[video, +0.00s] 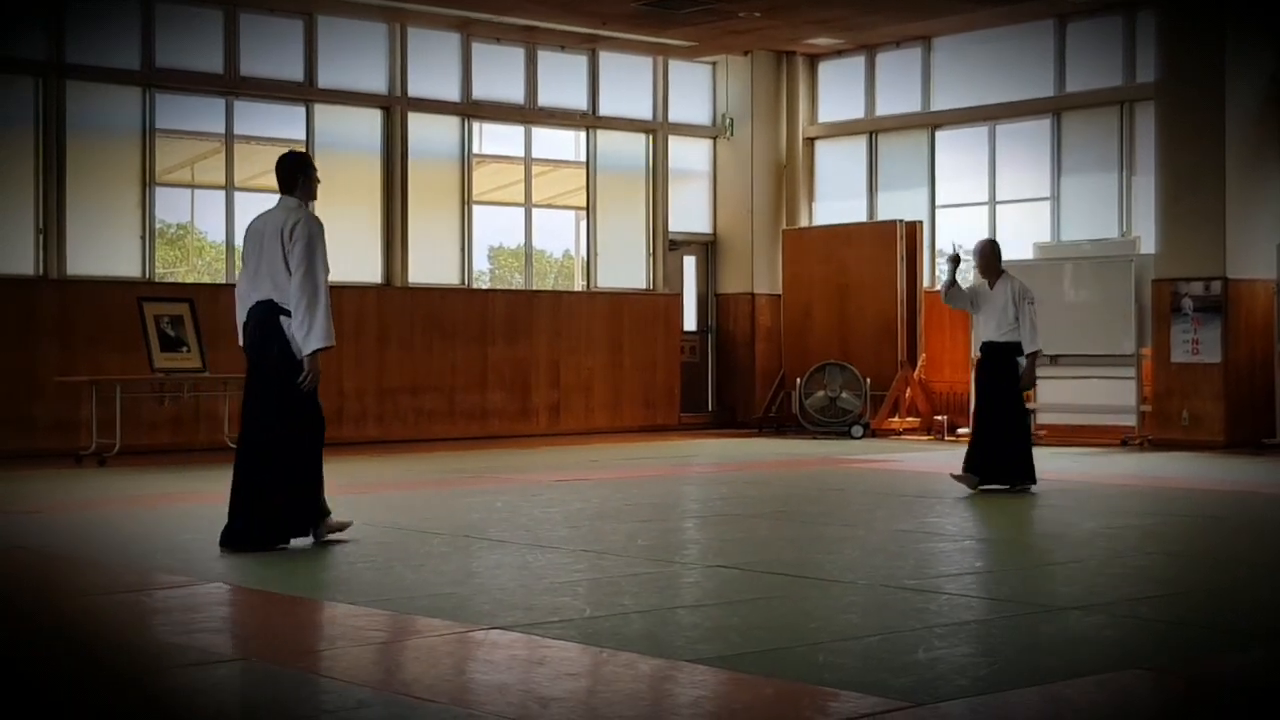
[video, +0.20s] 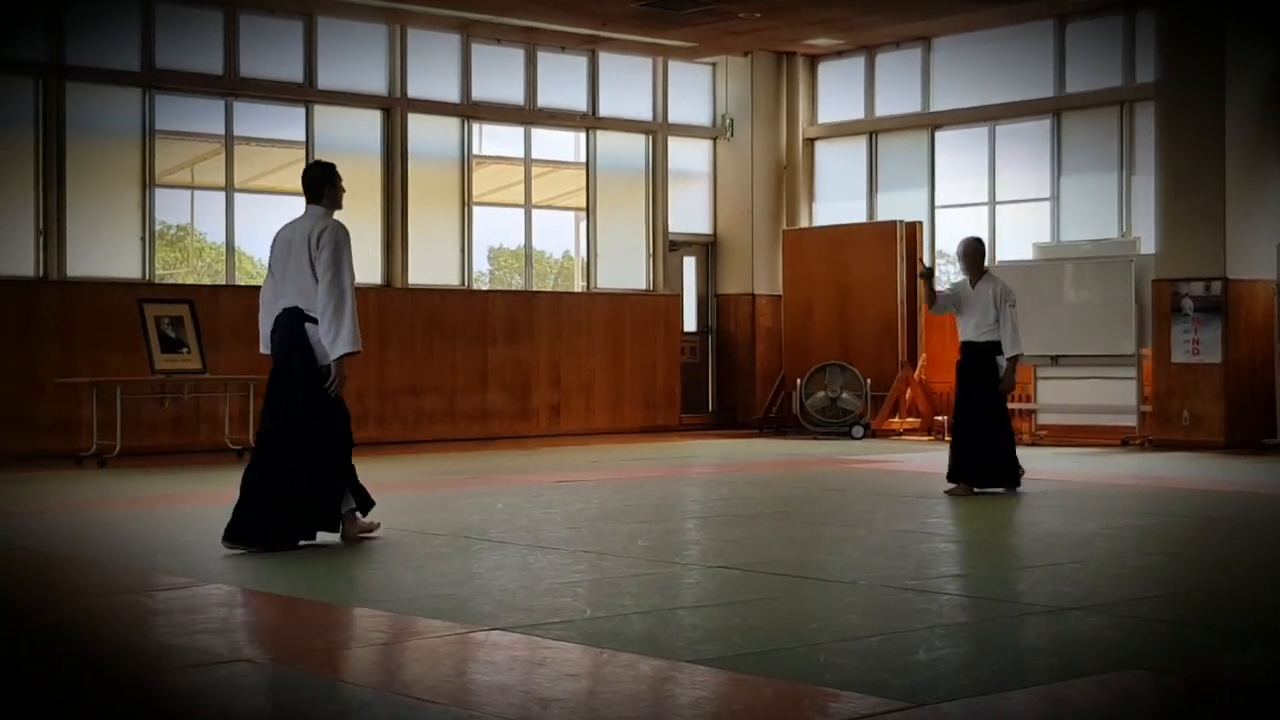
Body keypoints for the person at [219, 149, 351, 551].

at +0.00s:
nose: (318, 183)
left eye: (316, 176)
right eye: (314, 177)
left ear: (282, 181)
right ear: (303, 180)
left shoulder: (257, 224)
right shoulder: (305, 223)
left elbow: (246, 285)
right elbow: (305, 289)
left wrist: (246, 336)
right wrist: (311, 347)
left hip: (258, 328)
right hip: (286, 329)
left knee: (306, 422)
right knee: (268, 427)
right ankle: (249, 529)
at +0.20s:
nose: (344, 191)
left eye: (341, 185)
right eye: (339, 185)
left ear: (308, 191)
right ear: (328, 190)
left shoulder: (284, 232)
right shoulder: (331, 231)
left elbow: (270, 290)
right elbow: (334, 293)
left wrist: (269, 341)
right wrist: (338, 353)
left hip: (283, 338)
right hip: (312, 338)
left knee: (330, 427)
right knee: (285, 432)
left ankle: (349, 516)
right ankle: (254, 525)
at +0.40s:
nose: (372, 189)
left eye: (370, 183)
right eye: (368, 184)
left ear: (337, 189)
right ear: (357, 187)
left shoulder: (315, 231)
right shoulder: (363, 228)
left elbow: (303, 291)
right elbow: (367, 291)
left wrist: (305, 341)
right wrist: (374, 348)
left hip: (319, 334)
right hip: (349, 335)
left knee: (342, 429)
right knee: (346, 429)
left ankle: (355, 522)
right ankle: (276, 504)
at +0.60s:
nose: (402, 188)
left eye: (400, 182)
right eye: (400, 182)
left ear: (366, 188)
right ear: (393, 186)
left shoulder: (344, 228)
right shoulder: (393, 227)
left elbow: (332, 287)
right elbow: (401, 289)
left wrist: (339, 333)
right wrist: (412, 345)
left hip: (348, 333)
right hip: (382, 332)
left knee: (358, 423)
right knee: (418, 422)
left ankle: (354, 522)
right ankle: (378, 507)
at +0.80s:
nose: (440, 197)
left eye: (438, 191)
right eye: (437, 192)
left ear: (405, 198)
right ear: (426, 197)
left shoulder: (379, 238)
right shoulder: (433, 238)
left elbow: (364, 296)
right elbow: (441, 301)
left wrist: (368, 342)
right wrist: (450, 357)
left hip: (381, 342)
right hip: (419, 341)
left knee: (367, 427)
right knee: (454, 421)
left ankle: (354, 521)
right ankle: (493, 505)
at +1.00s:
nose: (484, 201)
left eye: (482, 195)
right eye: (482, 195)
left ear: (449, 199)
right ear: (474, 199)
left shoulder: (424, 239)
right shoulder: (481, 241)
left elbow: (406, 296)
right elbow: (493, 304)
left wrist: (422, 332)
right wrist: (505, 359)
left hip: (436, 343)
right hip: (473, 343)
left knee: (412, 419)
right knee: (490, 426)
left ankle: (378, 493)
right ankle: (504, 511)